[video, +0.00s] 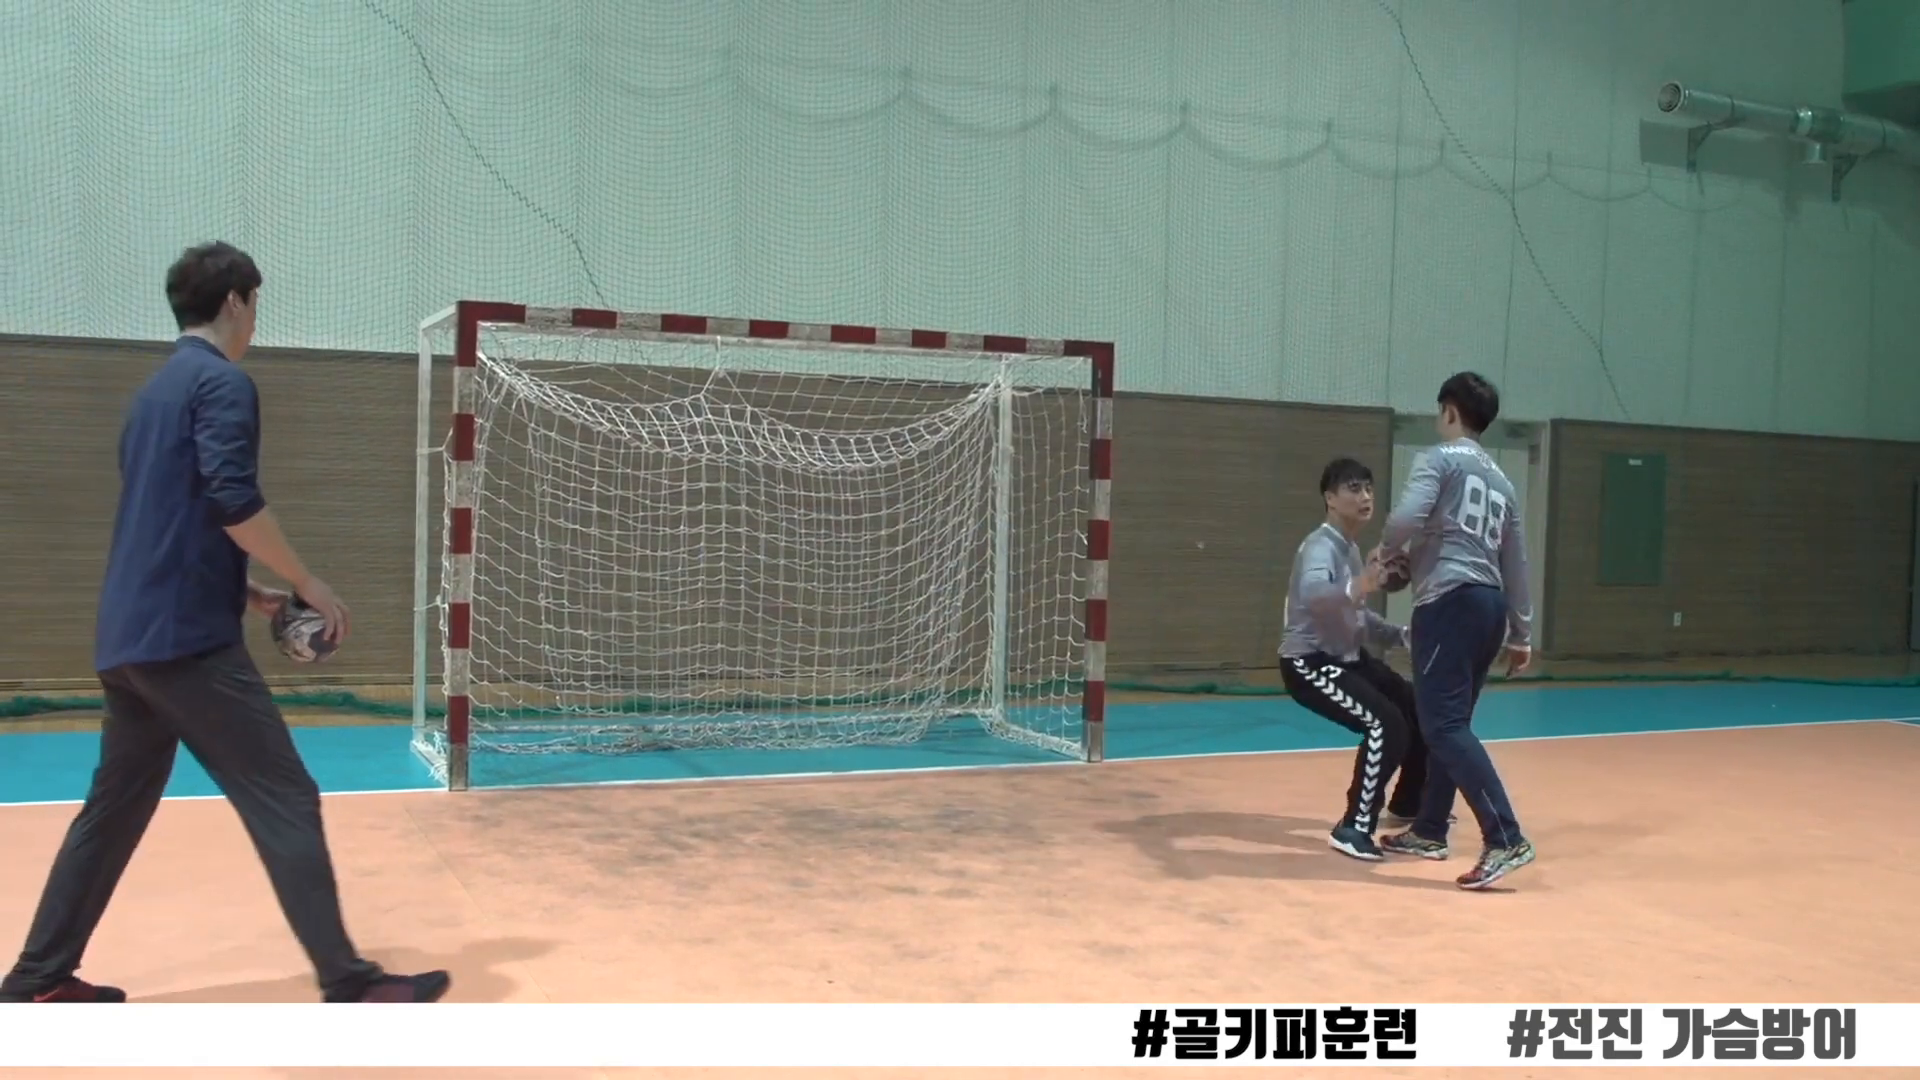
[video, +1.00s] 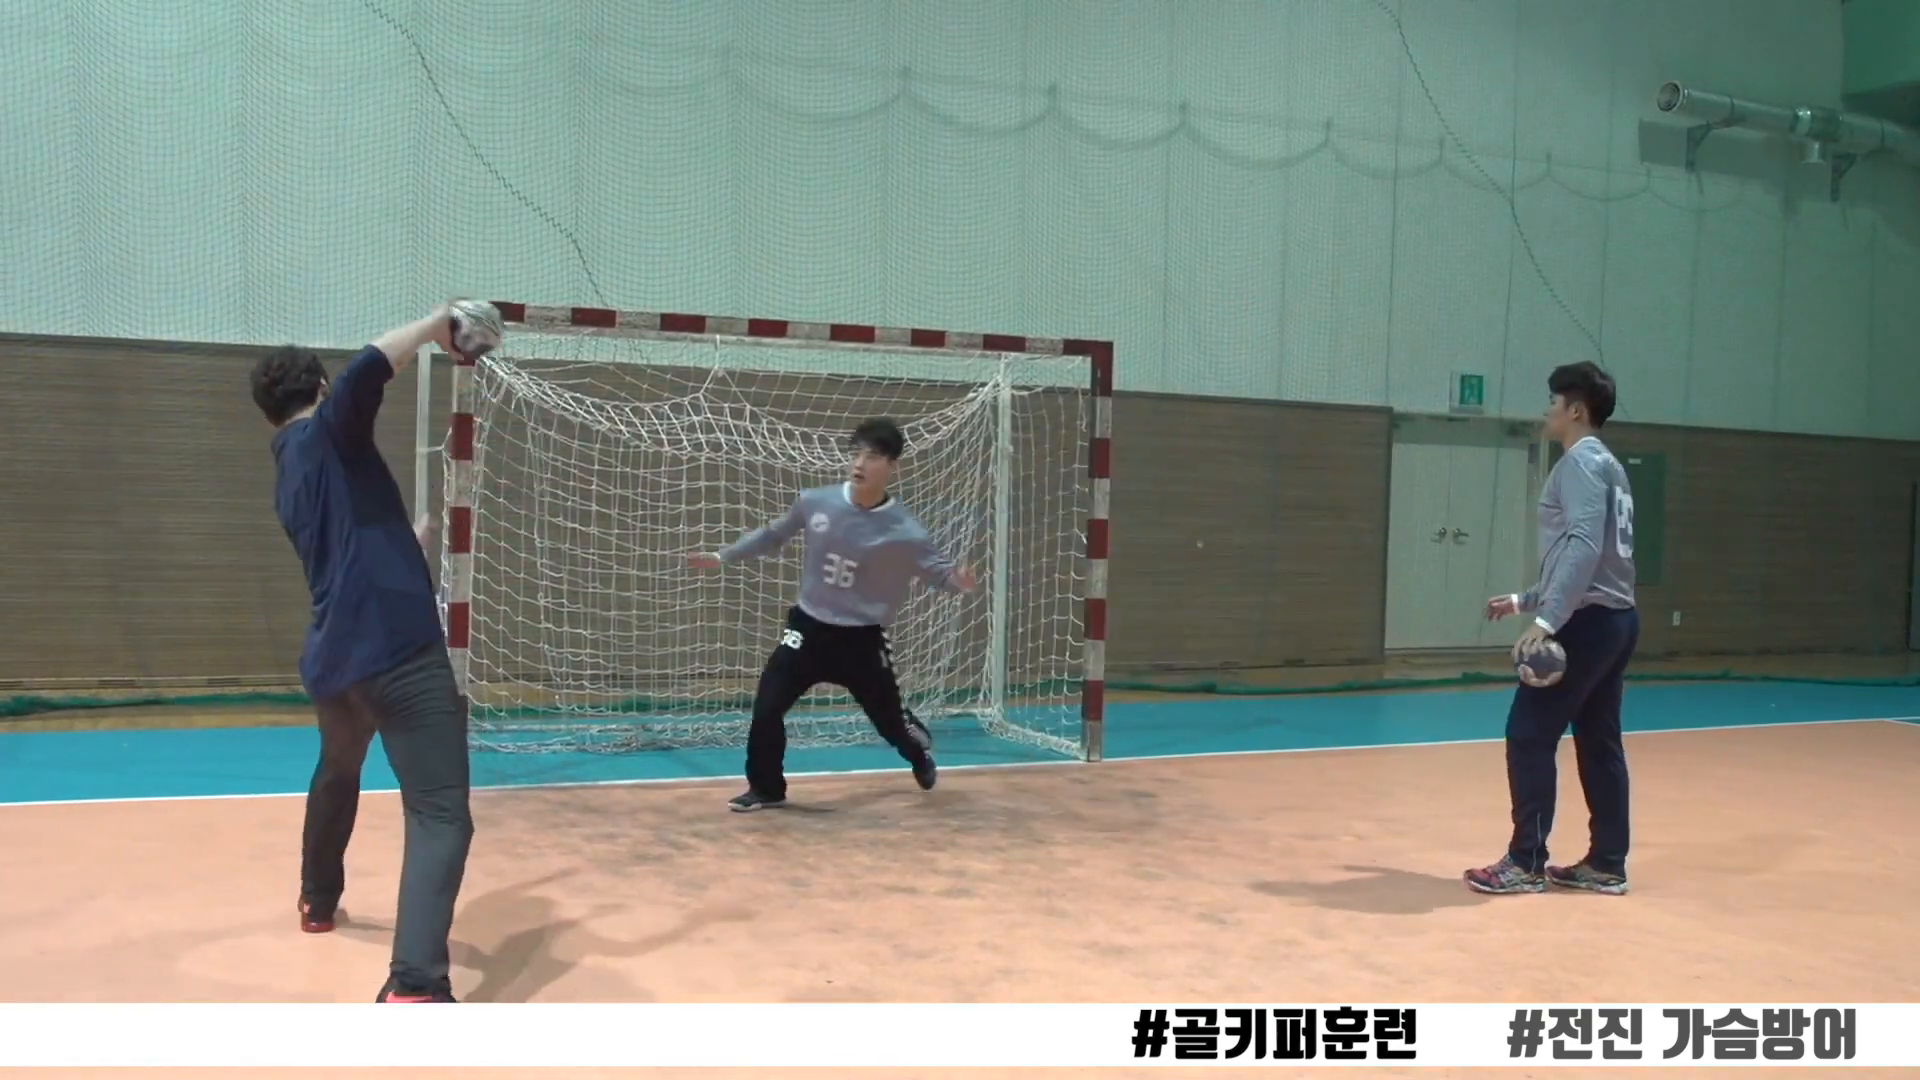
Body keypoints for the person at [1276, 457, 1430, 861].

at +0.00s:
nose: (1365, 496)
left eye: (1368, 489)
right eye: (1353, 489)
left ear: (1374, 496)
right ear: (1329, 499)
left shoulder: (1349, 550)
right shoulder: (1321, 545)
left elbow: (1356, 620)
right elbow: (1313, 596)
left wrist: (1407, 635)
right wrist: (1358, 587)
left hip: (1345, 659)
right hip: (1308, 662)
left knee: (1418, 707)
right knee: (1385, 721)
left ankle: (1408, 803)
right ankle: (1355, 828)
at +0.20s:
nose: (1299, 442)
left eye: (1308, 434)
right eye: (1290, 434)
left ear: (1319, 443)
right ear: (1274, 441)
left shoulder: (1303, 499)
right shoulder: (1254, 489)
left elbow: (1311, 551)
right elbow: (1215, 546)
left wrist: (1351, 561)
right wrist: (1221, 609)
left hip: (1277, 609)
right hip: (1242, 608)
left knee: (1328, 691)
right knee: (1282, 704)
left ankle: (1332, 803)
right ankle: (1319, 811)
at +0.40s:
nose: (1195, 442)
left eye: (1205, 434)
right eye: (1188, 434)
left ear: (1222, 440)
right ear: (1178, 439)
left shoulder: (1222, 497)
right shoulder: (1162, 489)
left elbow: (1224, 551)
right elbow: (1124, 542)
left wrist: (1249, 582)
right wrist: (1147, 568)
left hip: (1205, 614)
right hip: (1161, 612)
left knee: (1245, 704)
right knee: (1166, 713)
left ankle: (1230, 803)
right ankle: (1086, 779)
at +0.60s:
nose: (1092, 429)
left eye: (1103, 422)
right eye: (1086, 419)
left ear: (1121, 429)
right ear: (1076, 423)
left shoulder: (1124, 485)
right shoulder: (1051, 471)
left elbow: (1138, 530)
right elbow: (992, 511)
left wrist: (1162, 554)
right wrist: (989, 570)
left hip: (1084, 594)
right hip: (1035, 590)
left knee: (1111, 685)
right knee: (1040, 691)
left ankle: (1074, 761)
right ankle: (1042, 784)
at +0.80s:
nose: (977, 469)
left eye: (988, 461)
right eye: (972, 460)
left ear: (1007, 469)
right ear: (965, 465)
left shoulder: (1024, 527)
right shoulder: (937, 515)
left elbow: (1056, 561)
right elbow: (899, 568)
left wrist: (1073, 576)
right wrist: (866, 613)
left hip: (967, 630)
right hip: (920, 619)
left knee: (951, 708)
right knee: (903, 693)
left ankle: (916, 764)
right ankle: (849, 753)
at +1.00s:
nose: (859, 463)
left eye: (871, 456)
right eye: (855, 454)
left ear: (893, 468)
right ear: (848, 458)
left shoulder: (906, 534)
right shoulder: (813, 504)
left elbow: (937, 571)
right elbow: (772, 535)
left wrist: (957, 580)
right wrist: (721, 557)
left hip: (861, 641)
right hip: (806, 632)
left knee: (892, 725)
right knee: (766, 708)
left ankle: (919, 756)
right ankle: (766, 788)